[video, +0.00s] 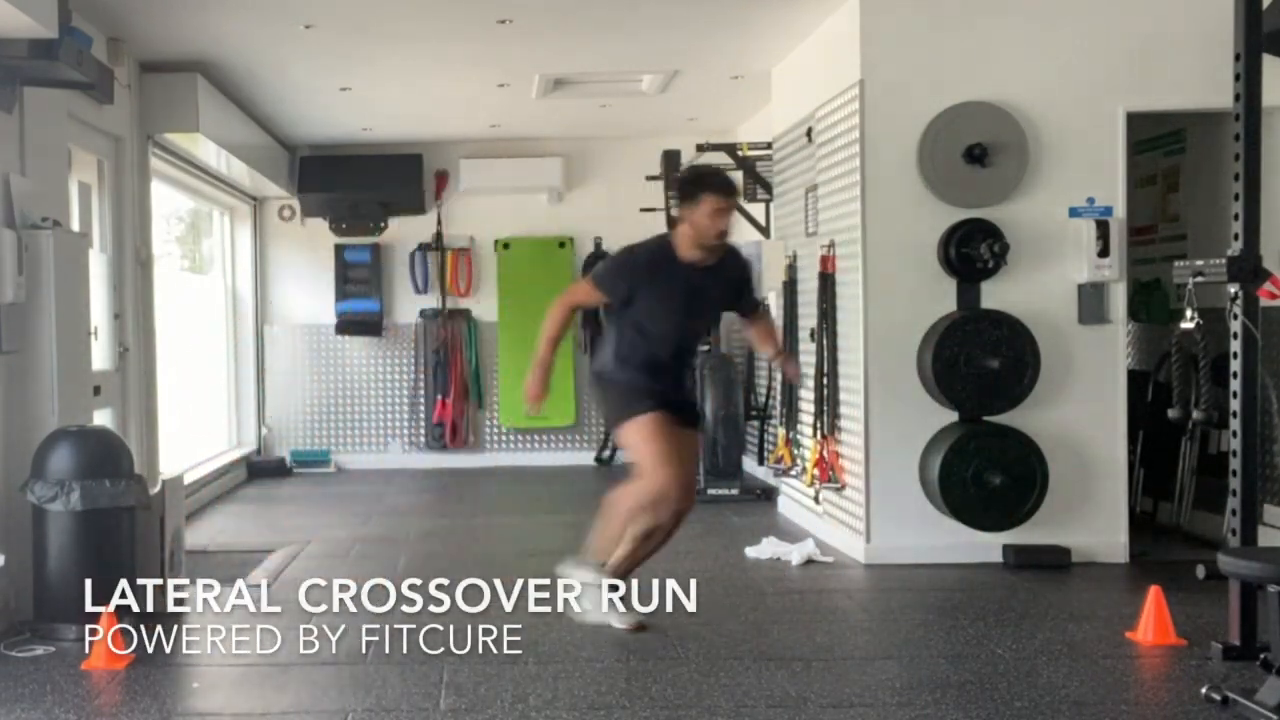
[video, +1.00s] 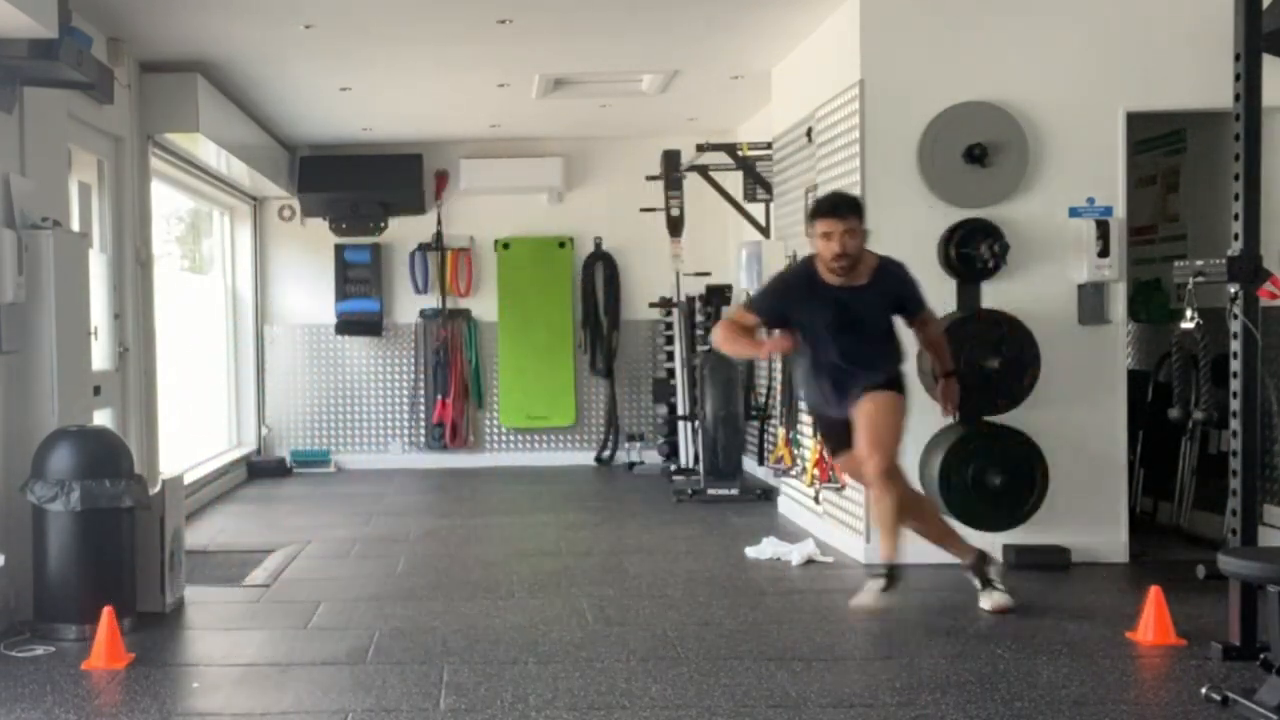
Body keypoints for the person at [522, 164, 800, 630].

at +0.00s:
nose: (726, 224)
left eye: (730, 214)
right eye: (717, 213)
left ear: (730, 215)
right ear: (686, 213)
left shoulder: (729, 268)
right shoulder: (640, 263)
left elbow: (754, 318)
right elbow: (566, 301)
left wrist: (778, 354)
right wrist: (539, 371)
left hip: (676, 386)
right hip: (625, 380)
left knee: (678, 498)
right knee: (659, 479)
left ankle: (608, 582)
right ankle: (585, 566)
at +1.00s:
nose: (838, 247)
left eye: (848, 235)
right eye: (827, 237)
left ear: (863, 234)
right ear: (812, 239)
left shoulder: (889, 276)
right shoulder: (792, 284)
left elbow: (926, 324)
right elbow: (723, 333)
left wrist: (947, 374)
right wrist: (760, 346)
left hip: (877, 383)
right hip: (826, 401)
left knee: (878, 467)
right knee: (891, 493)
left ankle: (885, 569)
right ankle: (976, 561)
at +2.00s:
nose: (280, 289)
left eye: (291, 277)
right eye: (271, 277)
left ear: (309, 277)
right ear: (259, 276)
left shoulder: (342, 329)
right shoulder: (244, 316)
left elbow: (372, 389)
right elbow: (201, 363)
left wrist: (372, 452)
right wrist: (180, 422)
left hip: (316, 423)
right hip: (255, 409)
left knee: (272, 494)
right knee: (202, 492)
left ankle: (266, 573)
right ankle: (170, 596)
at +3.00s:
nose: (820, 211)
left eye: (825, 201)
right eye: (808, 201)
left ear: (833, 204)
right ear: (782, 205)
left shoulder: (843, 261)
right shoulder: (758, 268)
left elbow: (859, 316)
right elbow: (697, 336)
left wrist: (878, 368)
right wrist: (693, 414)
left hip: (817, 388)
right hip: (763, 390)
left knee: (856, 494)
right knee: (829, 484)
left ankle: (766, 533)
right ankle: (830, 601)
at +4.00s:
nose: (774, 243)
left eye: (783, 231)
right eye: (763, 233)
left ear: (796, 230)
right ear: (749, 233)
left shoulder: (823, 280)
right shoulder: (726, 284)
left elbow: (869, 335)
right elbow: (680, 343)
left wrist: (903, 395)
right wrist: (706, 407)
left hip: (806, 398)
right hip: (746, 407)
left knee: (809, 494)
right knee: (777, 507)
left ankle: (816, 594)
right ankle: (849, 528)